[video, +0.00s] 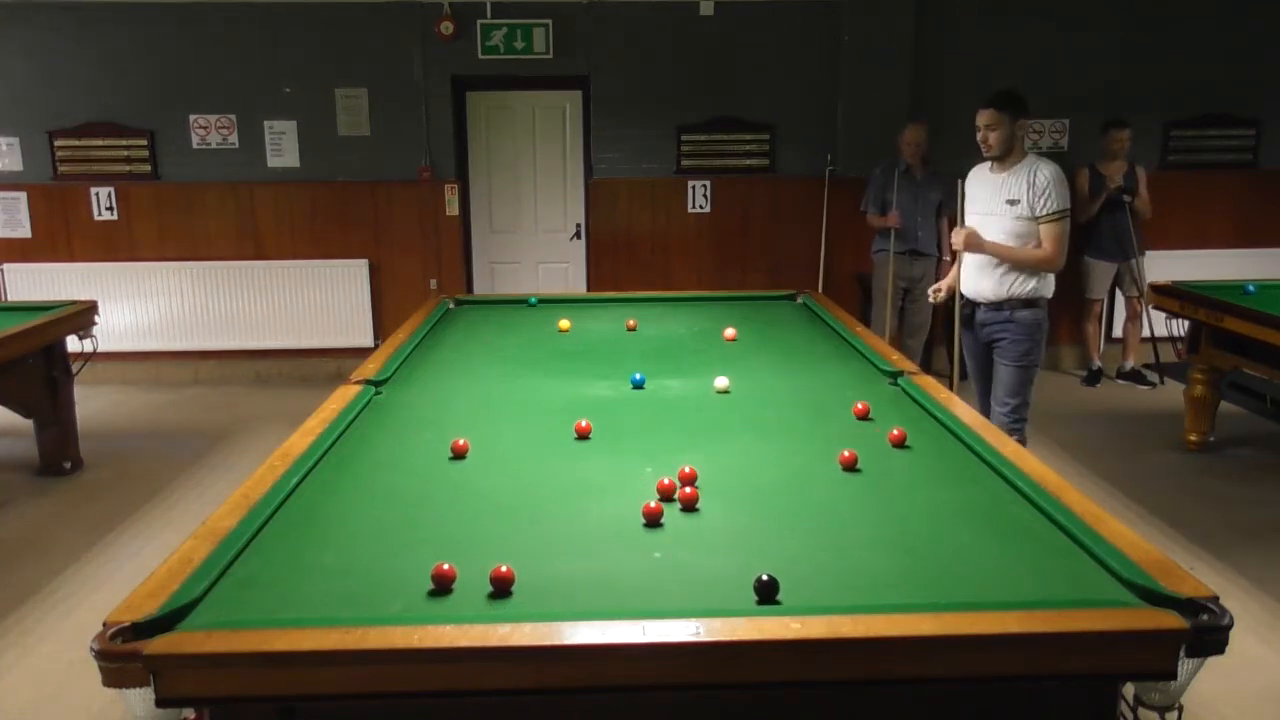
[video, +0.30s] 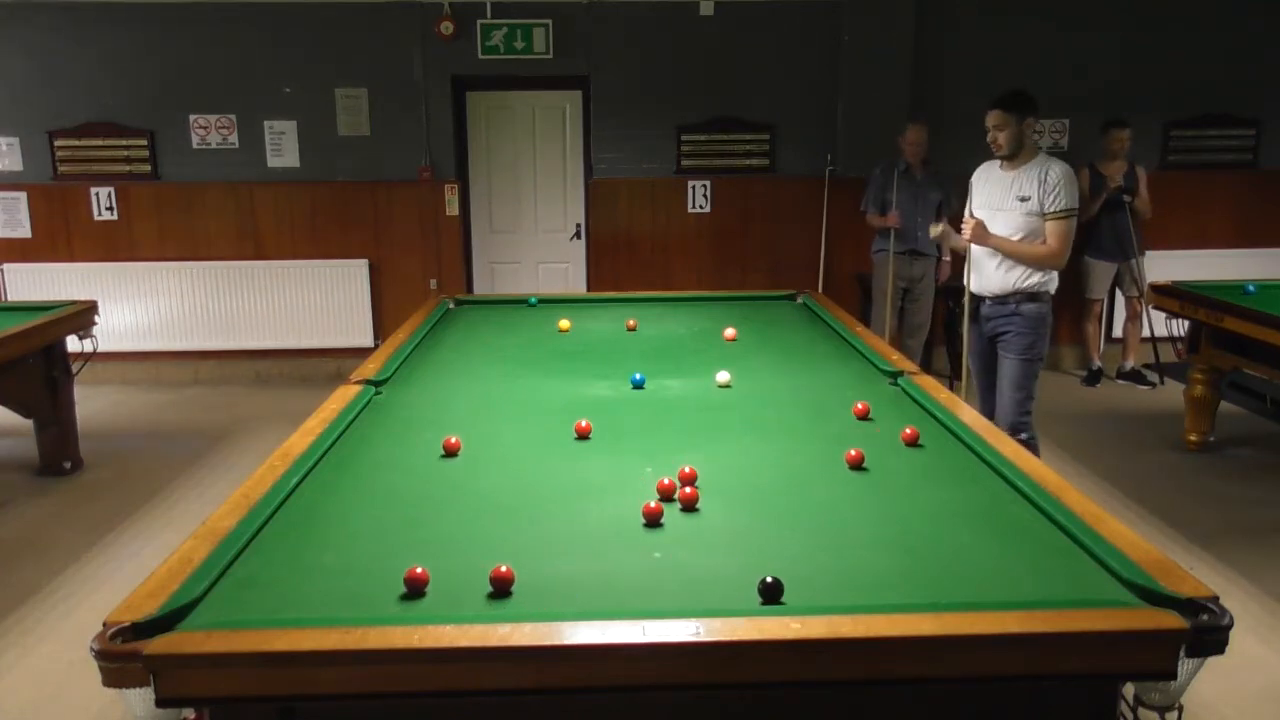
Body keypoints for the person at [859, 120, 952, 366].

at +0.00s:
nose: (914, 149)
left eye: (919, 144)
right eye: (909, 144)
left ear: (926, 146)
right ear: (900, 144)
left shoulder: (935, 178)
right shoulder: (885, 174)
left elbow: (943, 220)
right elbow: (871, 218)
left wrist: (946, 257)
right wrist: (885, 222)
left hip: (926, 259)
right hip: (890, 257)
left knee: (917, 330)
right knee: (884, 325)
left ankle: (908, 384)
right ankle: (878, 381)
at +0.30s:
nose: (916, 149)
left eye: (921, 144)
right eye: (912, 144)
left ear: (927, 145)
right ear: (901, 143)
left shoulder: (935, 177)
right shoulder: (885, 174)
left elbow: (942, 220)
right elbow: (871, 217)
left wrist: (946, 257)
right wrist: (884, 222)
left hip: (925, 259)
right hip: (890, 257)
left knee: (917, 329)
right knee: (884, 325)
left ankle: (908, 384)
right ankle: (878, 382)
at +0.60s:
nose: (920, 149)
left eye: (924, 144)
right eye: (915, 144)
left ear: (931, 147)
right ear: (904, 143)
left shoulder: (936, 178)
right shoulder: (886, 174)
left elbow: (943, 219)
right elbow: (872, 218)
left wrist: (945, 257)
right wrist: (887, 222)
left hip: (926, 258)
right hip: (891, 256)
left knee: (918, 328)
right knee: (884, 324)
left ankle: (908, 383)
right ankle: (878, 380)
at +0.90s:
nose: (921, 149)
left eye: (926, 144)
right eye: (916, 143)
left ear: (932, 147)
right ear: (905, 143)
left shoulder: (937, 177)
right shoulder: (886, 174)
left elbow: (944, 219)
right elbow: (872, 218)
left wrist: (946, 257)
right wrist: (890, 222)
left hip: (927, 258)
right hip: (891, 256)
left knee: (918, 328)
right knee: (884, 324)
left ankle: (907, 383)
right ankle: (877, 379)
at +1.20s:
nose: (923, 150)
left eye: (927, 145)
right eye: (918, 144)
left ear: (933, 147)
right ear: (907, 143)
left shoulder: (937, 178)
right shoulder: (887, 173)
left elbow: (946, 216)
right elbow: (872, 217)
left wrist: (946, 249)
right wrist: (891, 222)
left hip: (926, 260)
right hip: (891, 257)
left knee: (918, 329)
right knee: (884, 325)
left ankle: (907, 383)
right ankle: (877, 380)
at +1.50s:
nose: (930, 149)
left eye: (933, 144)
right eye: (925, 143)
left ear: (936, 147)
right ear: (910, 143)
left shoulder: (935, 179)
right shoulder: (888, 173)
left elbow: (946, 216)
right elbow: (873, 217)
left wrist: (948, 244)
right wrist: (895, 222)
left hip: (926, 261)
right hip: (892, 259)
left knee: (918, 331)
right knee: (884, 326)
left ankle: (908, 386)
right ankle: (877, 383)